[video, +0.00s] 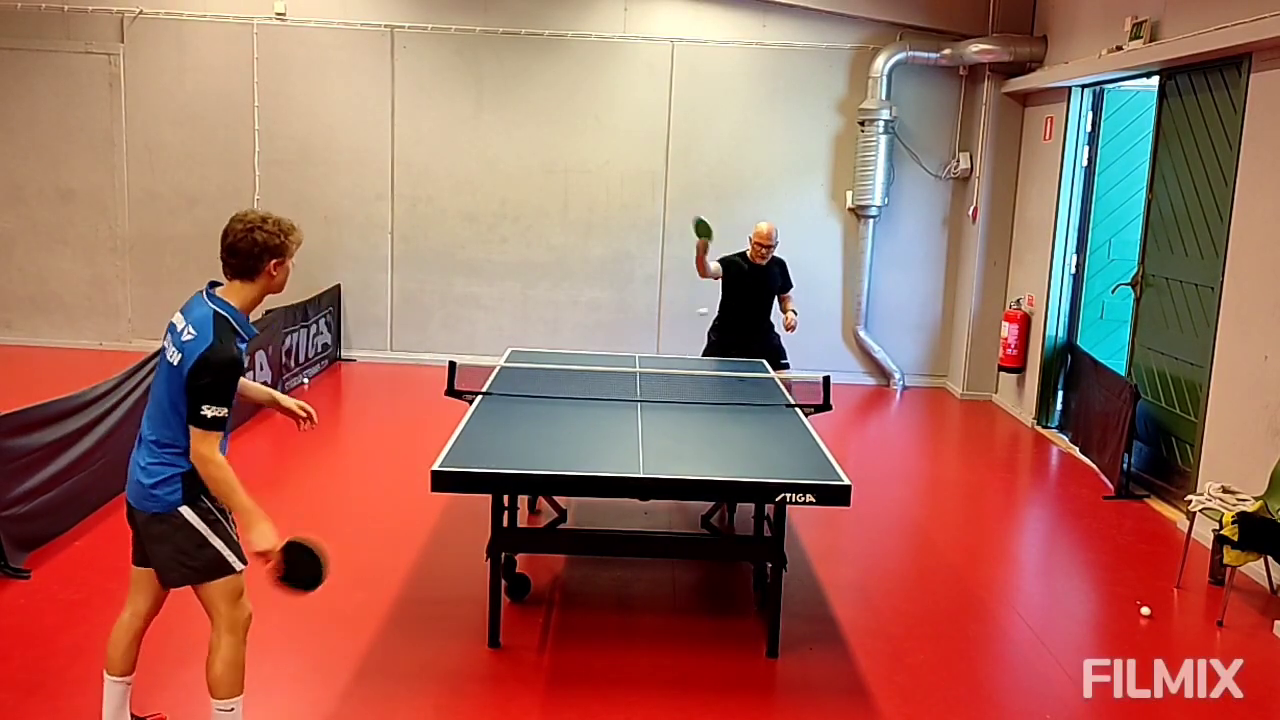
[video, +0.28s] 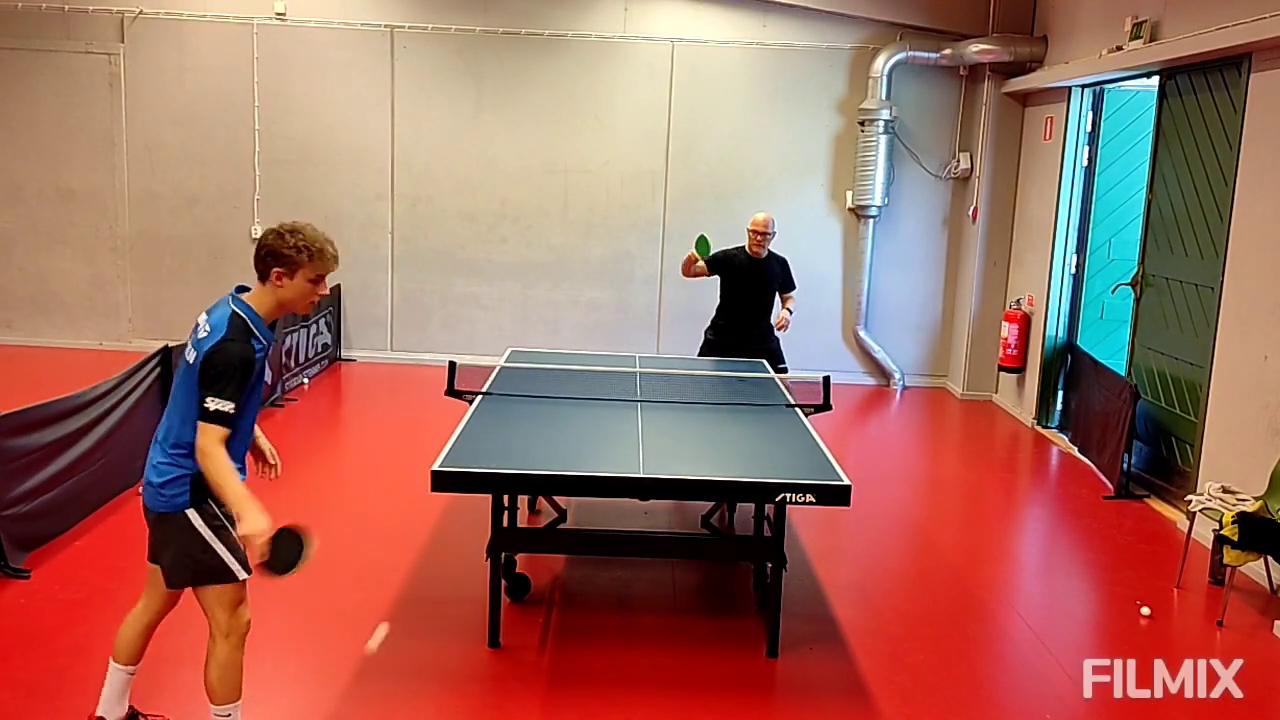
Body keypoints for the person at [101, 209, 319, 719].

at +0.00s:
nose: (289, 270)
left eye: (288, 262)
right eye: (287, 262)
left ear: (234, 262)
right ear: (271, 270)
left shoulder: (205, 304)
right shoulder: (222, 349)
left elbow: (213, 378)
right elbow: (206, 455)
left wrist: (274, 398)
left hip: (146, 482)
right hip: (177, 494)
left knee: (139, 606)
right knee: (233, 617)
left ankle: (115, 715)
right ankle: (227, 717)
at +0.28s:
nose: (323, 292)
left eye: (325, 282)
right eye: (316, 281)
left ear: (279, 278)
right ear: (279, 278)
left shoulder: (240, 309)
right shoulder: (235, 346)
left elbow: (214, 391)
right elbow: (208, 447)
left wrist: (251, 432)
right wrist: (248, 510)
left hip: (170, 481)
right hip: (190, 493)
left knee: (157, 598)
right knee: (231, 623)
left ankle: (110, 710)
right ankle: (226, 718)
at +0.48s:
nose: (300, 275)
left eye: (302, 263)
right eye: (290, 264)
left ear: (251, 263)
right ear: (252, 261)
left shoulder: (206, 300)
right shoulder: (246, 329)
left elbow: (182, 384)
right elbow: (293, 419)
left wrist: (239, 424)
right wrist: (385, 410)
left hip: (173, 481)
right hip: (206, 495)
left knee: (199, 591)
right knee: (239, 620)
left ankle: (130, 697)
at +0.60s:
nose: (276, 265)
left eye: (278, 253)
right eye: (265, 253)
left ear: (230, 255)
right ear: (228, 252)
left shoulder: (185, 304)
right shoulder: (230, 325)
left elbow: (151, 378)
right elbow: (263, 417)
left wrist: (207, 415)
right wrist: (350, 408)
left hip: (177, 479)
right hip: (208, 492)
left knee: (204, 591)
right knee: (245, 616)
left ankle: (141, 690)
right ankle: (233, 719)